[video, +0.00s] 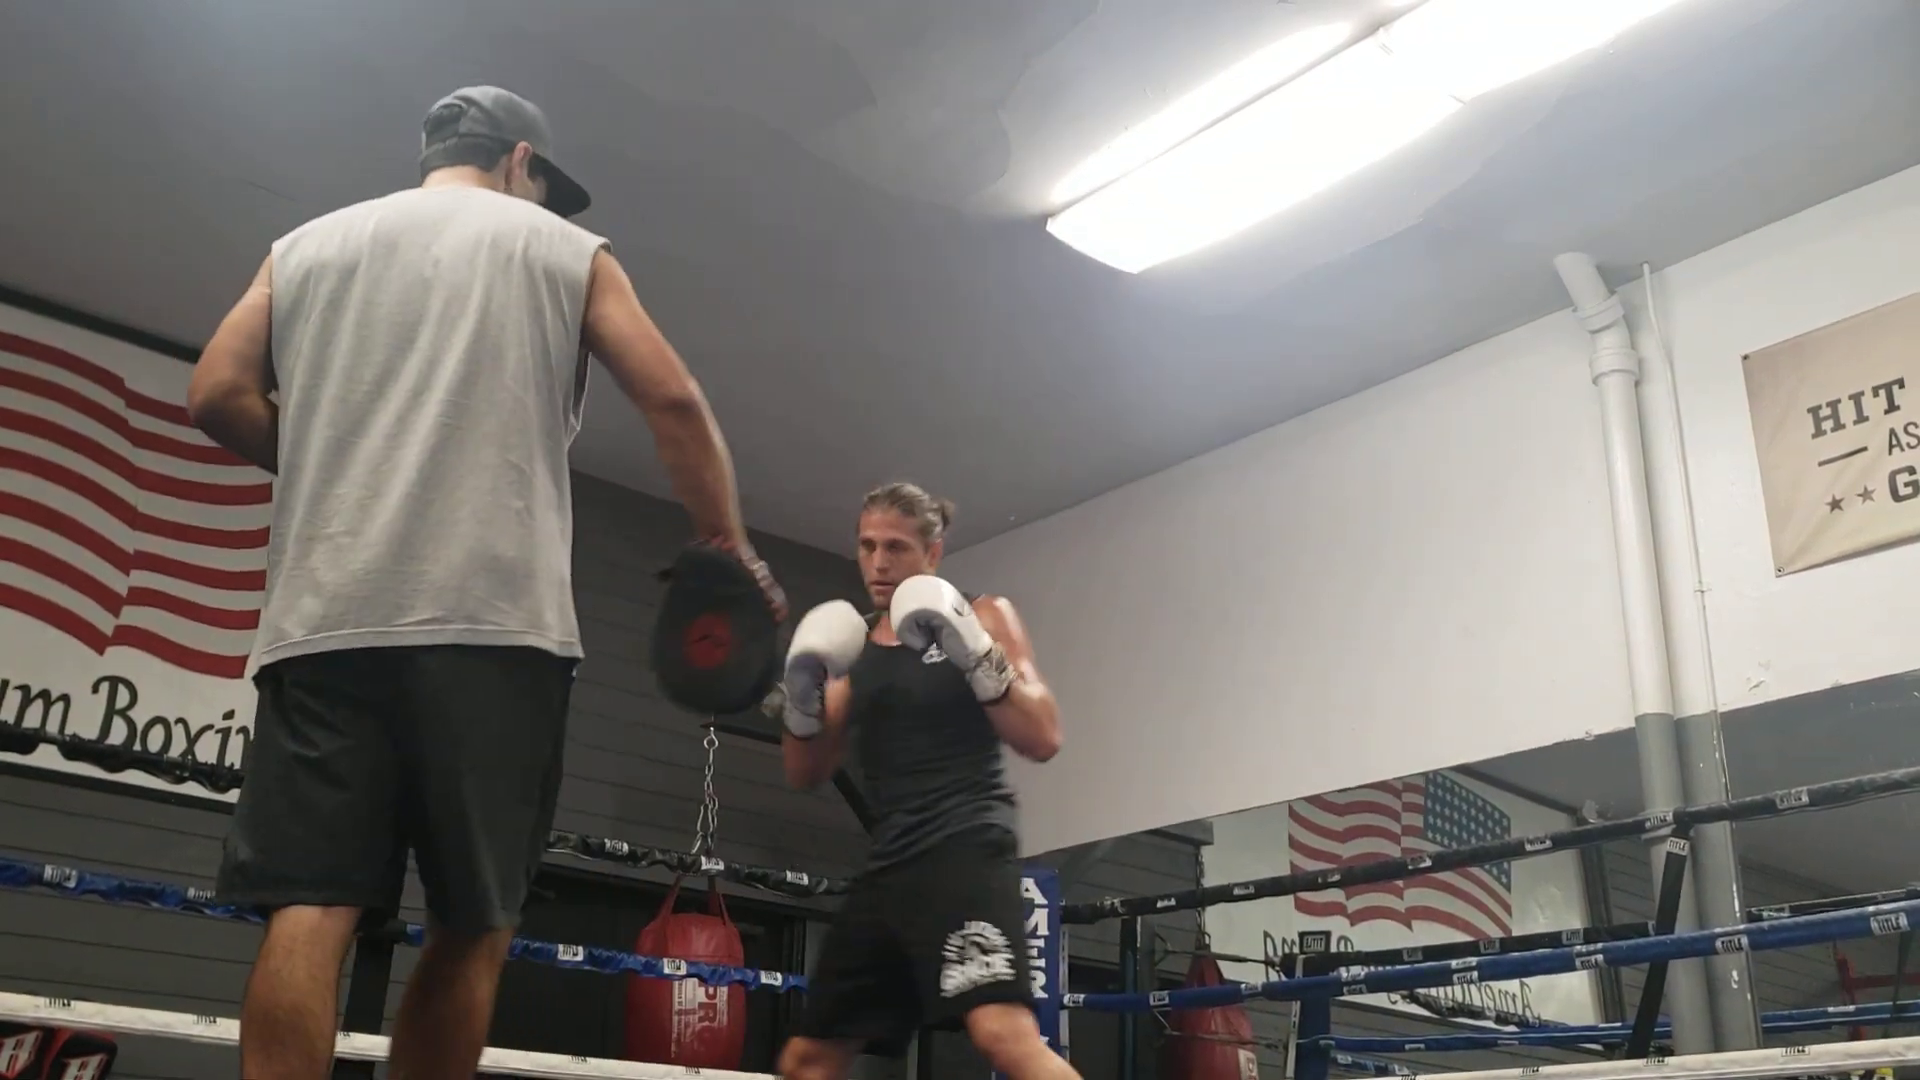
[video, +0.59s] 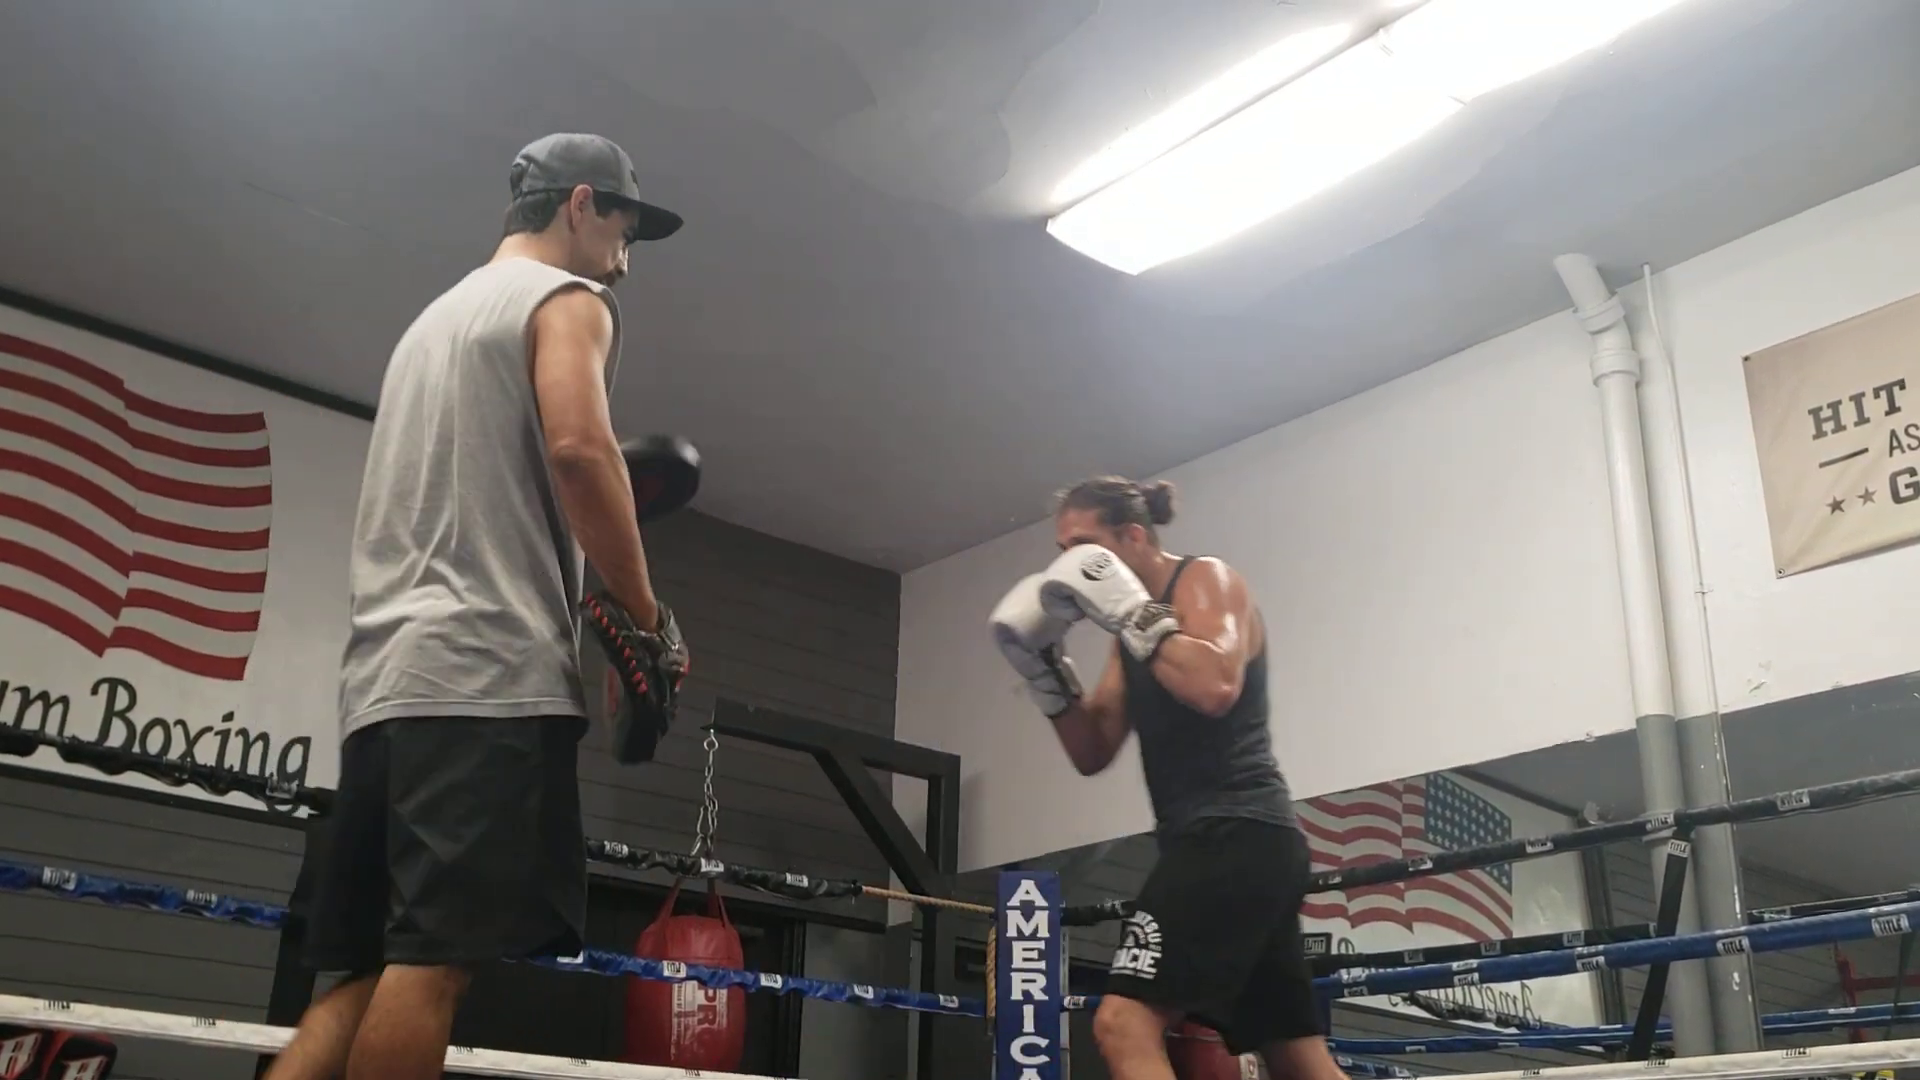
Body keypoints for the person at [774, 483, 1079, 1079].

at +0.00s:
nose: (878, 563)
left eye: (896, 548)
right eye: (869, 547)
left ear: (933, 554)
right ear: (858, 551)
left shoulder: (984, 617)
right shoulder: (853, 647)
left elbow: (1042, 739)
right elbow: (804, 772)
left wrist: (974, 652)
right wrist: (803, 691)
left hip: (971, 841)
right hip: (891, 857)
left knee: (1001, 1032)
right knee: (809, 1057)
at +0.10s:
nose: (901, 552)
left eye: (917, 533)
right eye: (891, 537)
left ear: (962, 532)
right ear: (883, 540)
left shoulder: (1025, 586)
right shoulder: (907, 621)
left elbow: (1081, 697)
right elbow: (883, 770)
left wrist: (989, 618)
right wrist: (842, 717)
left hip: (1040, 835)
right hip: (964, 851)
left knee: (1052, 1035)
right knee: (891, 1055)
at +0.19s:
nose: (924, 550)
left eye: (936, 530)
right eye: (916, 536)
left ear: (987, 523)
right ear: (916, 537)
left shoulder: (1054, 570)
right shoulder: (951, 622)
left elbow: (1100, 676)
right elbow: (941, 754)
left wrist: (1001, 602)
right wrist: (883, 712)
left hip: (1087, 819)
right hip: (1017, 838)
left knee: (1071, 1028)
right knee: (941, 1044)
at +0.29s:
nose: (962, 543)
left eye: (972, 524)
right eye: (953, 530)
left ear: (1024, 513)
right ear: (952, 532)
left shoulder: (1092, 560)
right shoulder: (995, 610)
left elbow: (1122, 672)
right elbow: (985, 742)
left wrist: (1025, 595)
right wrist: (928, 684)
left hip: (1130, 815)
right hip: (1064, 830)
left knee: (1092, 1025)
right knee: (1021, 1044)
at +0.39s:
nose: (997, 542)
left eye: (1006, 521)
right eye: (989, 527)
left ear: (1059, 510)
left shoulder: (1132, 560)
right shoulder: (1042, 606)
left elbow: (1146, 675)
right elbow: (1012, 735)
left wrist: (1056, 595)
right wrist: (965, 660)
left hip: (1162, 811)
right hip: (1113, 823)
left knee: (1100, 1022)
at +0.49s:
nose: (1038, 552)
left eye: (1045, 531)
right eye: (1030, 537)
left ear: (1095, 520)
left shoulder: (1170, 567)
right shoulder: (1088, 617)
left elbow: (1174, 680)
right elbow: (1043, 737)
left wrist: (1088, 598)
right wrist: (999, 656)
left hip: (1197, 825)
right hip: (1156, 831)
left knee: (1109, 1023)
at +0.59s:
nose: (1076, 567)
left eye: (1084, 547)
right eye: (1069, 553)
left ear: (1133, 537)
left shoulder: (1208, 578)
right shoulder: (1136, 630)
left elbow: (1215, 686)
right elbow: (1092, 751)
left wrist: (1131, 610)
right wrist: (1043, 668)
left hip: (1235, 839)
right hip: (1213, 841)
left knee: (1124, 1024)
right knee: (1300, 1057)